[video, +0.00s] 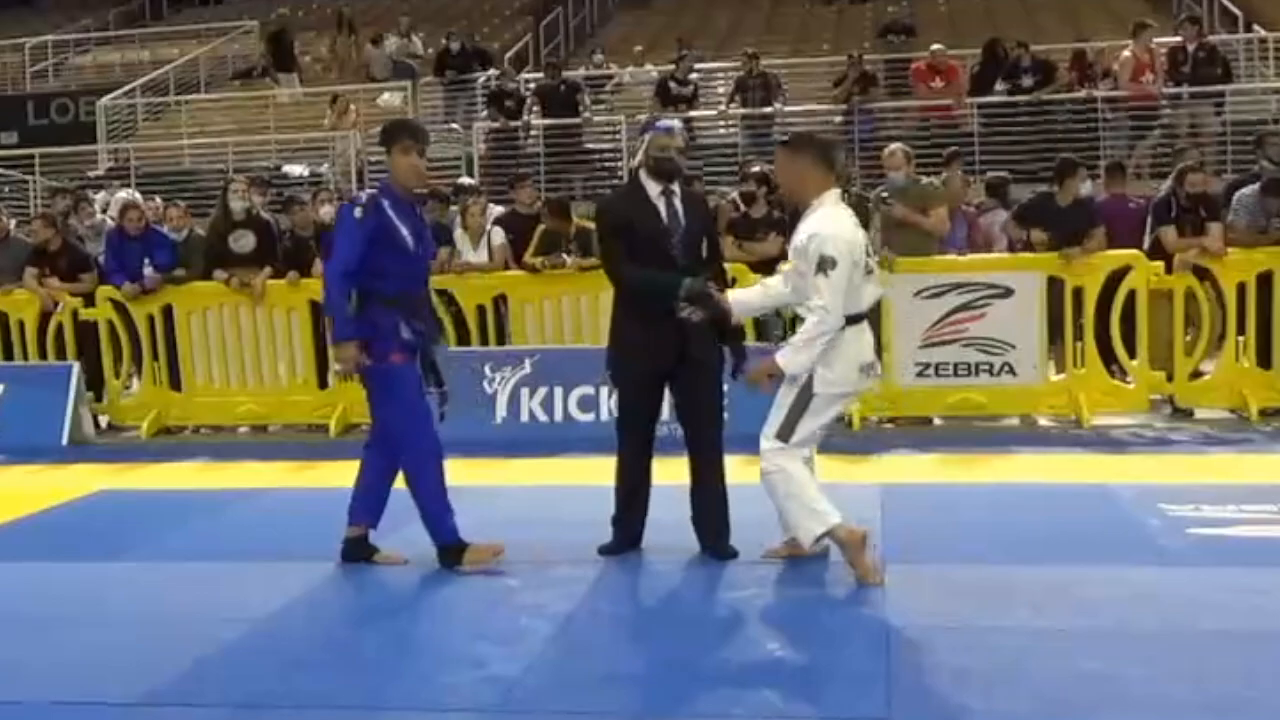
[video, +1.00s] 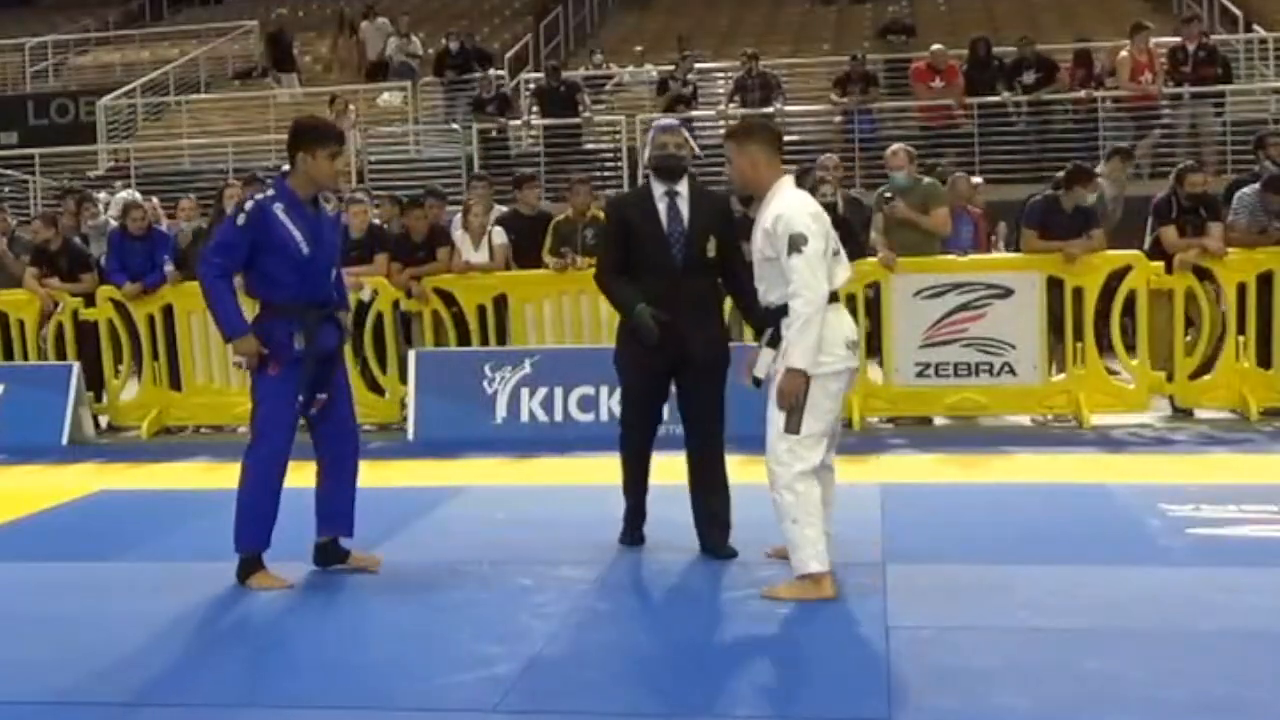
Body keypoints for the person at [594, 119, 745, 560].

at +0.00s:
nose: (671, 158)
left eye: (677, 151)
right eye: (662, 150)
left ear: (684, 154)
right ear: (642, 151)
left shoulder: (697, 202)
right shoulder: (615, 206)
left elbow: (714, 272)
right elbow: (620, 274)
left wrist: (733, 334)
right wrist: (681, 288)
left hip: (696, 339)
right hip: (640, 340)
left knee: (706, 442)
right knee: (634, 441)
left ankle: (714, 536)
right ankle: (627, 533)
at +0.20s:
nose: (689, 159)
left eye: (698, 152)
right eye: (681, 150)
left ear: (708, 156)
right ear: (664, 151)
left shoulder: (719, 204)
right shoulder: (635, 199)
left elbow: (727, 266)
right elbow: (623, 261)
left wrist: (721, 285)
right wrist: (682, 279)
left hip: (707, 338)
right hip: (650, 337)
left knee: (710, 440)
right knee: (641, 437)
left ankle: (714, 536)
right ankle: (630, 531)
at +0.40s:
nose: (694, 160)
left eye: (703, 152)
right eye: (686, 151)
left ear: (716, 155)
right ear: (671, 153)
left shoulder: (736, 201)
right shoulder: (645, 197)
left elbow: (756, 262)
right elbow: (620, 261)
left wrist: (728, 289)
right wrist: (678, 285)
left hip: (716, 337)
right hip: (656, 335)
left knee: (714, 440)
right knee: (645, 436)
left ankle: (715, 536)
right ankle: (633, 529)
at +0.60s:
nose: (694, 159)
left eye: (703, 152)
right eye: (686, 151)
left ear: (716, 156)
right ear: (672, 154)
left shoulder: (739, 201)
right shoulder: (648, 197)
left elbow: (760, 264)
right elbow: (619, 259)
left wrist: (724, 292)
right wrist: (671, 283)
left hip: (717, 336)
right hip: (658, 335)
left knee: (714, 439)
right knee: (647, 435)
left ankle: (715, 535)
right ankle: (636, 528)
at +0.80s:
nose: (688, 153)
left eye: (695, 145)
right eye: (679, 146)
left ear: (709, 150)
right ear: (665, 151)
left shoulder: (736, 203)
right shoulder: (642, 202)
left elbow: (756, 271)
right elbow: (622, 266)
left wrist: (719, 305)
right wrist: (666, 299)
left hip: (714, 339)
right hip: (653, 338)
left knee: (712, 439)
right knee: (638, 430)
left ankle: (715, 535)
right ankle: (633, 514)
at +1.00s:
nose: (669, 154)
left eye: (677, 146)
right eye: (661, 147)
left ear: (690, 153)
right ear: (646, 154)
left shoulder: (713, 205)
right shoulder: (622, 208)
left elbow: (735, 271)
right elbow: (607, 272)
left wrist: (761, 319)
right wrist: (633, 307)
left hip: (702, 339)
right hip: (644, 339)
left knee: (706, 440)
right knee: (636, 436)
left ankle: (714, 535)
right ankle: (633, 520)